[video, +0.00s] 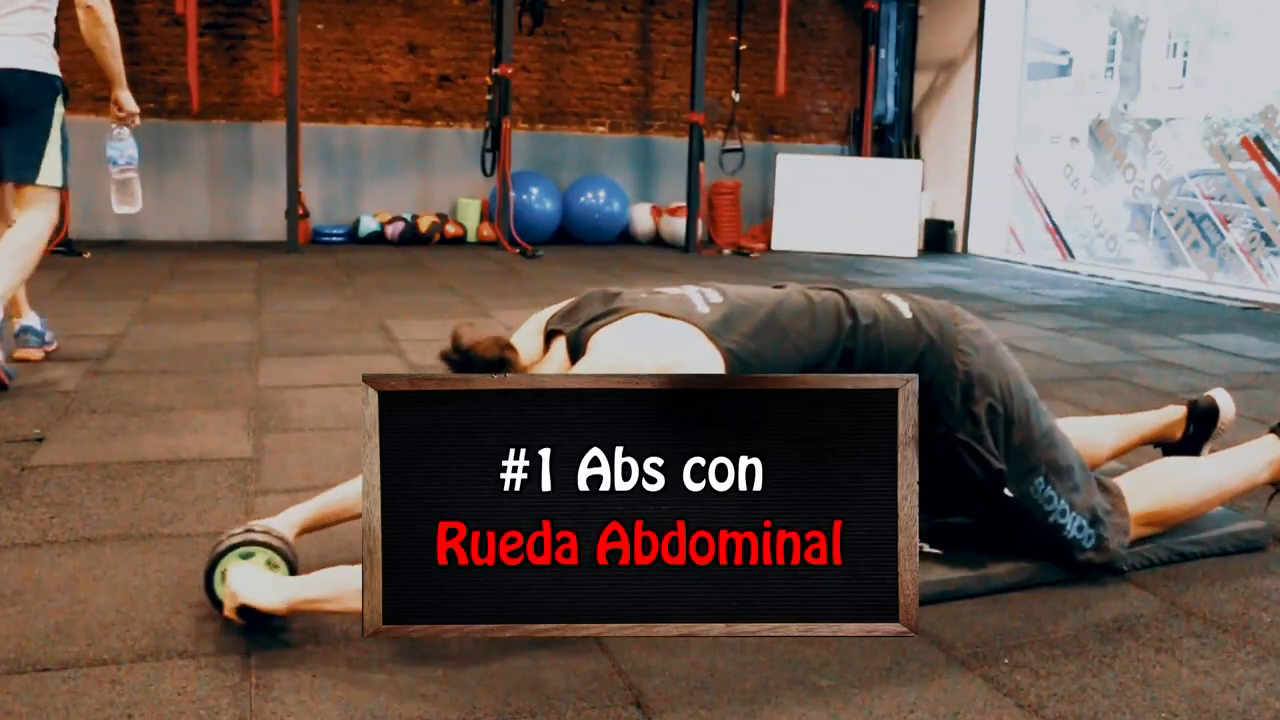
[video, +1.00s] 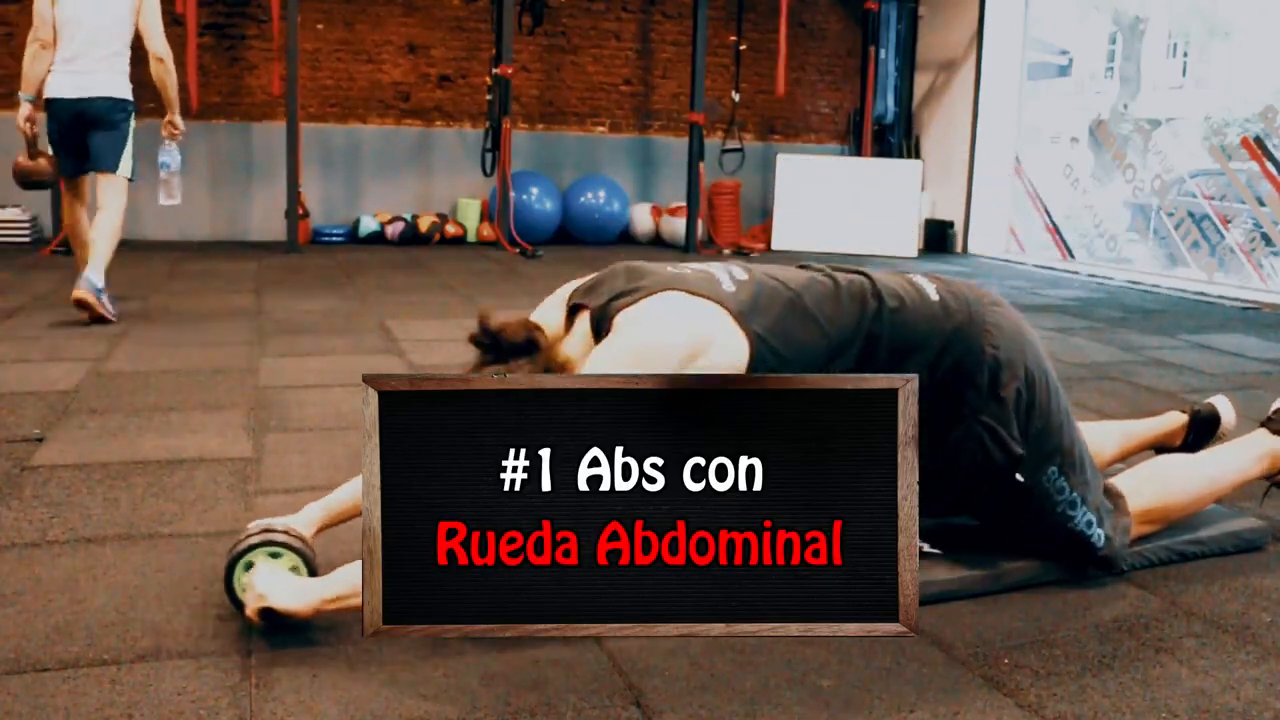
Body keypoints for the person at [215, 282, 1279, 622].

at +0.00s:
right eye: (507, 353)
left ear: (509, 371)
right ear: (504, 359)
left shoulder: (630, 369)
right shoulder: (552, 350)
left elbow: (497, 535)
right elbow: (429, 458)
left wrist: (316, 591)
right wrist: (300, 519)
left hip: (919, 351)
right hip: (874, 357)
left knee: (1093, 521)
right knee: (1018, 484)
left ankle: (1263, 460)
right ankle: (1175, 417)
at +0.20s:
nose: (537, 461)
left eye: (553, 436)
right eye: (524, 436)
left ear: (583, 399)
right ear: (513, 400)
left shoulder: (607, 469)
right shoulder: (558, 372)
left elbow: (433, 593)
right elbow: (413, 474)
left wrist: (251, 597)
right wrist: (259, 527)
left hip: (926, 396)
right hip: (840, 386)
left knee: (1094, 525)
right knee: (1018, 472)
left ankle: (1257, 471)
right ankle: (1173, 416)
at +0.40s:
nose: (531, 474)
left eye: (549, 451)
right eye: (523, 447)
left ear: (591, 429)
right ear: (513, 414)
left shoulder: (597, 490)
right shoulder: (551, 393)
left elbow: (404, 609)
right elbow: (402, 483)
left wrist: (222, 600)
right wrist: (253, 528)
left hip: (924, 410)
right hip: (832, 388)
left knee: (1099, 527)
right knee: (1021, 473)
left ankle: (1266, 464)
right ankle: (1181, 415)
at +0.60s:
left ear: (587, 448)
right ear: (501, 412)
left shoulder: (619, 485)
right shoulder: (548, 383)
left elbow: (440, 595)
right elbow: (407, 482)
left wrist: (241, 600)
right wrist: (254, 527)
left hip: (928, 397)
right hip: (833, 362)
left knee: (1096, 526)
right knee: (1017, 466)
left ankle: (1258, 470)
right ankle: (1173, 418)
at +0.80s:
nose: (532, 431)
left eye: (529, 412)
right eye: (509, 408)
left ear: (566, 374)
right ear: (513, 377)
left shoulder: (643, 373)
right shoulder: (554, 343)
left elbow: (490, 553)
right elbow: (418, 455)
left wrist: (273, 606)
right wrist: (262, 525)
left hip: (941, 367)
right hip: (864, 384)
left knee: (1093, 534)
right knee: (1007, 515)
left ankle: (1258, 460)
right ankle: (1187, 420)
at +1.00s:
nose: (553, 405)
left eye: (545, 386)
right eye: (536, 375)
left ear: (552, 355)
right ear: (534, 345)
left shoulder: (671, 338)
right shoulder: (577, 323)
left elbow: (529, 487)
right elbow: (457, 428)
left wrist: (343, 594)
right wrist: (324, 510)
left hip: (964, 338)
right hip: (904, 343)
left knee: (1107, 541)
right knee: (1004, 512)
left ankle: (1264, 452)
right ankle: (1183, 422)